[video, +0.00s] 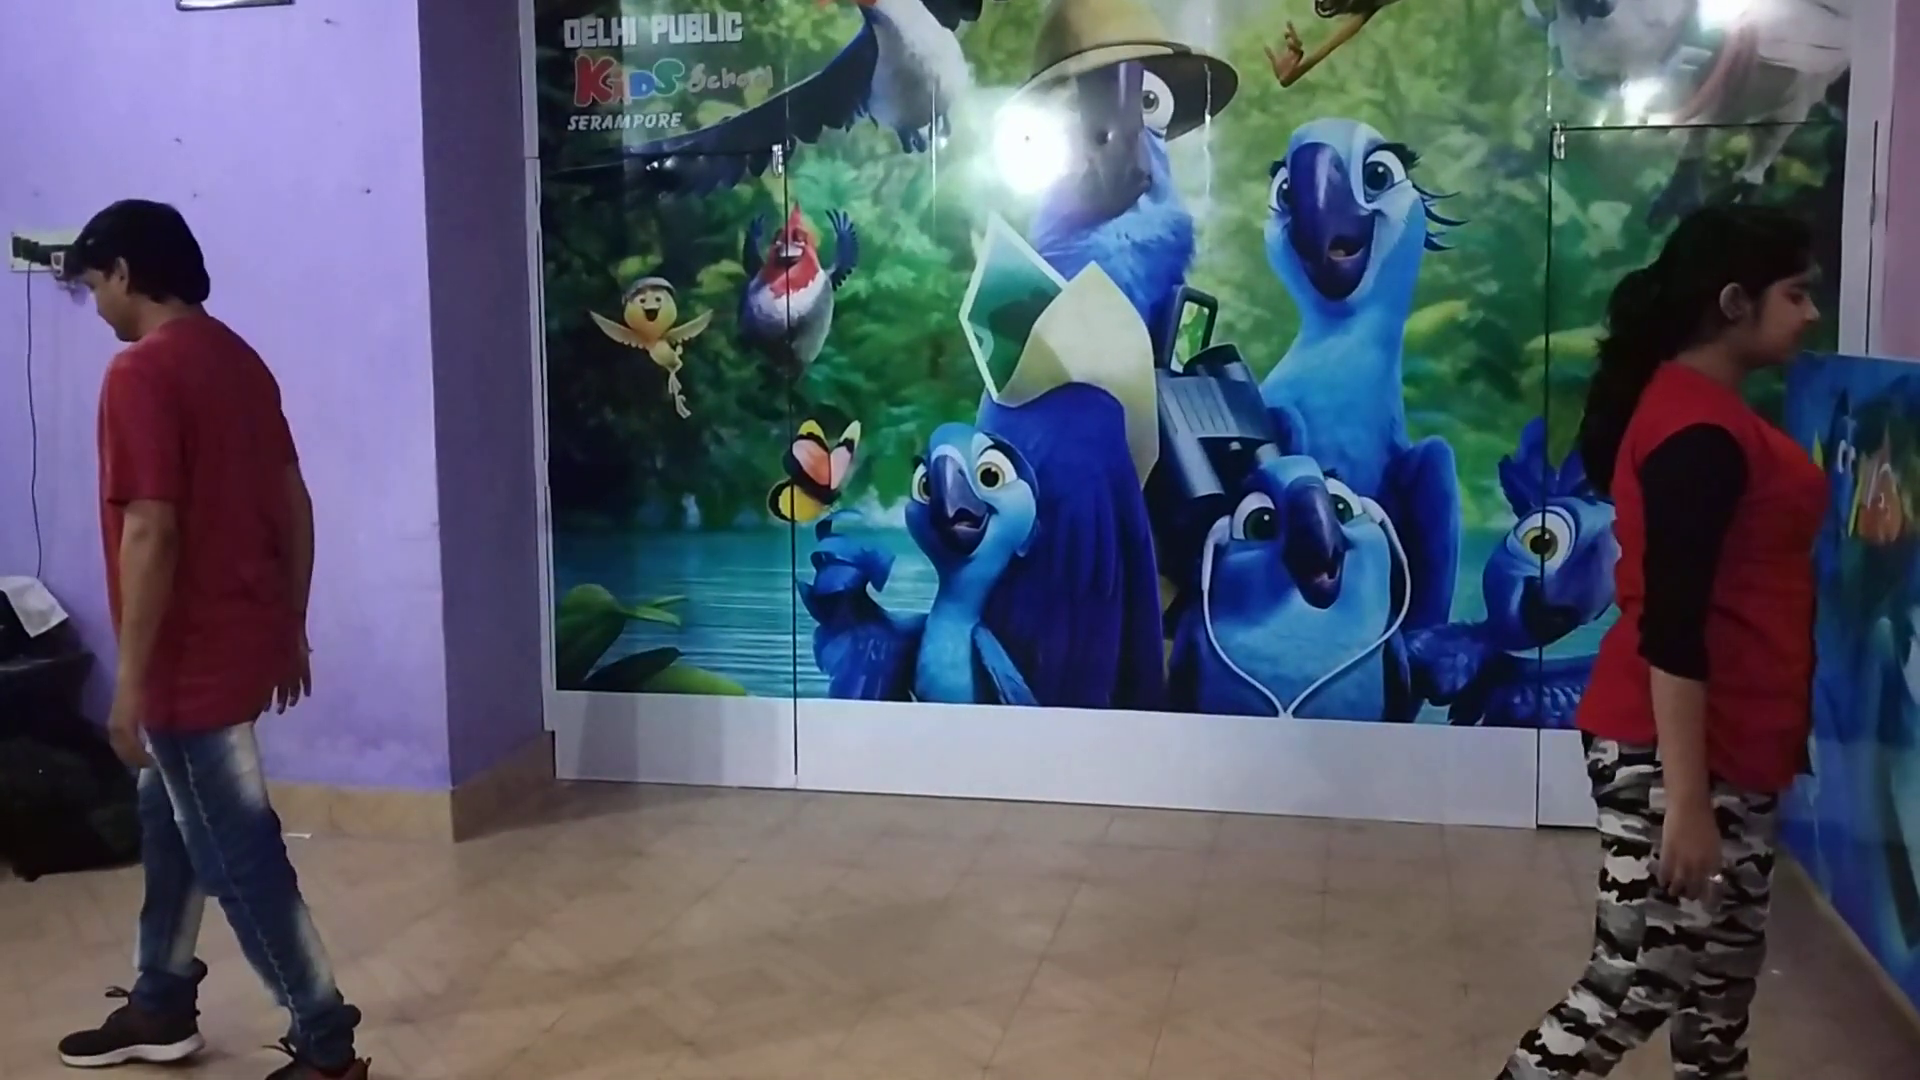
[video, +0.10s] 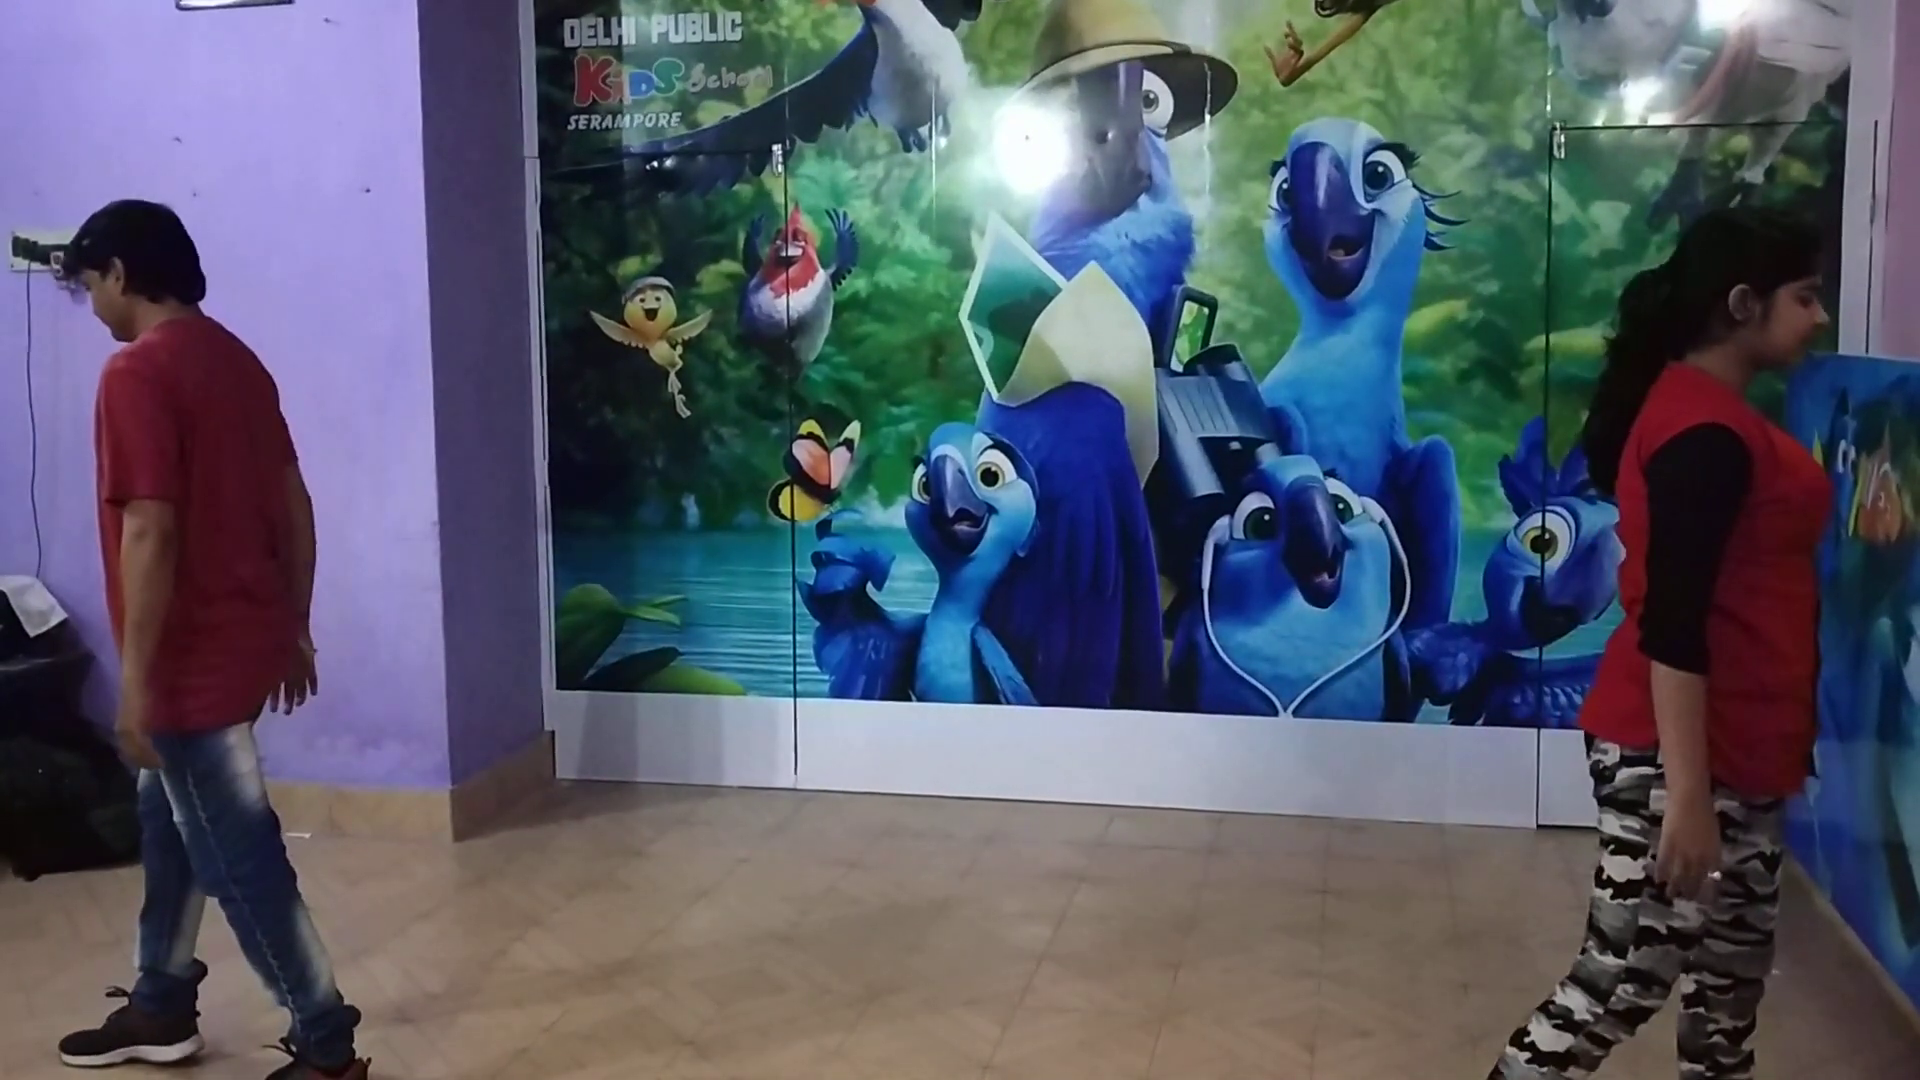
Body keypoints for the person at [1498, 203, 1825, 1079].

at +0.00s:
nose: (1810, 313)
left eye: (1809, 294)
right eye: (1797, 294)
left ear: (1731, 303)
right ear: (1733, 301)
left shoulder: (1714, 410)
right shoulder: (1694, 429)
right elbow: (1671, 630)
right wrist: (1687, 802)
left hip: (1724, 748)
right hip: (1672, 752)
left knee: (1719, 992)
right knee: (1627, 987)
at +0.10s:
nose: (1819, 316)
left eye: (1819, 297)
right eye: (1807, 297)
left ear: (1744, 304)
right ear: (1744, 301)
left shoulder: (1721, 413)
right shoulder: (1700, 430)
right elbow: (1671, 627)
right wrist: (1688, 798)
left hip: (1735, 752)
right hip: (1674, 756)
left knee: (1730, 989)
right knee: (1617, 985)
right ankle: (1516, 1074)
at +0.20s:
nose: (1822, 321)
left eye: (1823, 301)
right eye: (1809, 300)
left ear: (1750, 307)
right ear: (1749, 303)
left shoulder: (1717, 412)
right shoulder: (1700, 429)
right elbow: (1665, 619)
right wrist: (1683, 787)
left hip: (1735, 753)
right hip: (1674, 757)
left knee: (1735, 980)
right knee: (1609, 984)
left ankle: (1717, 1075)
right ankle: (1508, 1072)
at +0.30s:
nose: (1822, 330)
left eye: (1823, 309)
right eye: (1810, 307)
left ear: (1748, 310)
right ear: (1749, 307)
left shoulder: (1714, 417)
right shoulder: (1690, 429)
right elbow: (1656, 605)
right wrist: (1673, 758)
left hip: (1737, 756)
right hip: (1676, 757)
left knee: (1737, 985)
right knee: (1607, 983)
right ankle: (1506, 1072)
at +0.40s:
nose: (1819, 347)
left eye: (1822, 327)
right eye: (1810, 324)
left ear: (1746, 318)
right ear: (1750, 316)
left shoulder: (1717, 427)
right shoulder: (1672, 428)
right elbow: (1640, 581)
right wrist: (1660, 700)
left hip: (1742, 760)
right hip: (1674, 757)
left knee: (1750, 977)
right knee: (1599, 982)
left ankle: (1726, 1074)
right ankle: (1499, 1072)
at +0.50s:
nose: (1823, 350)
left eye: (1826, 330)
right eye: (1814, 327)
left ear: (1750, 326)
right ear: (1753, 322)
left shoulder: (1722, 434)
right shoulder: (1687, 441)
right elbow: (1636, 571)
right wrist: (1640, 629)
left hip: (1729, 768)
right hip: (1665, 764)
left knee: (1779, 970)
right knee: (1599, 996)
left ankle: (1744, 1074)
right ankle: (1496, 1072)